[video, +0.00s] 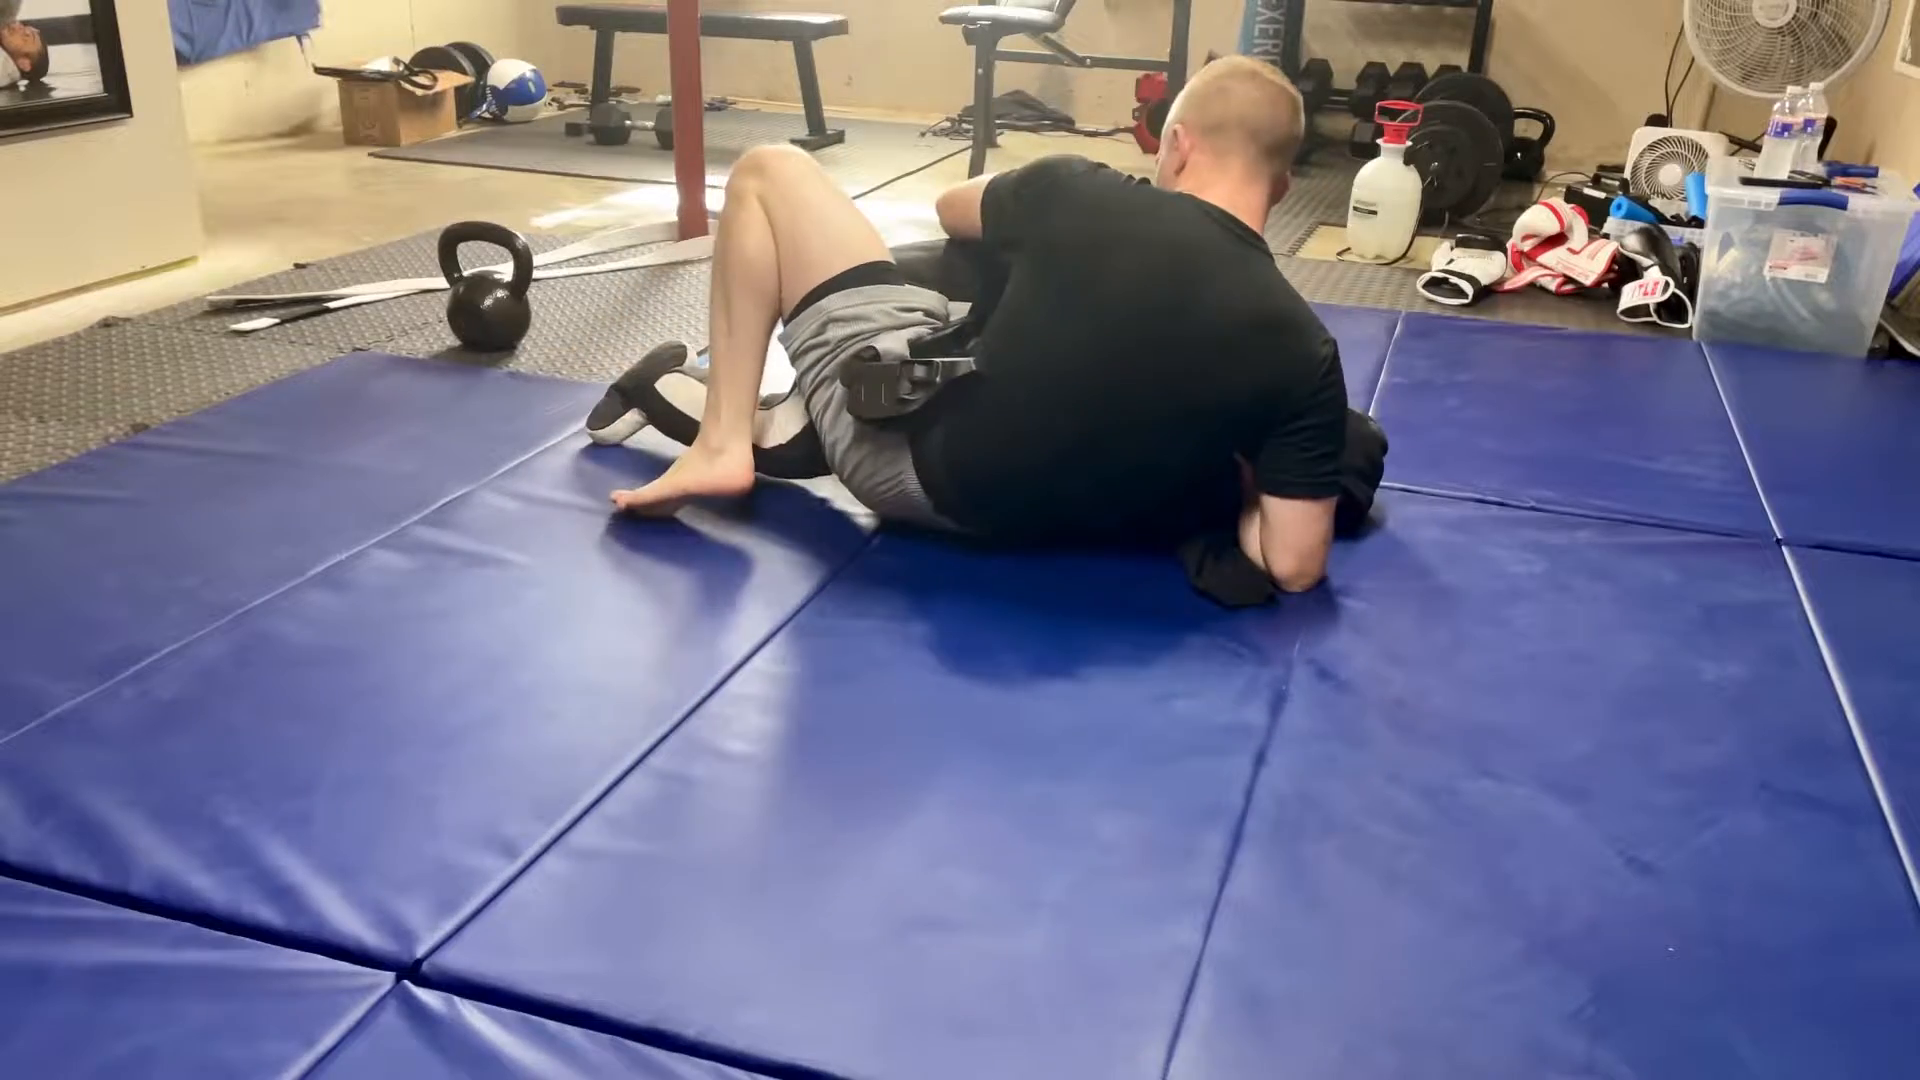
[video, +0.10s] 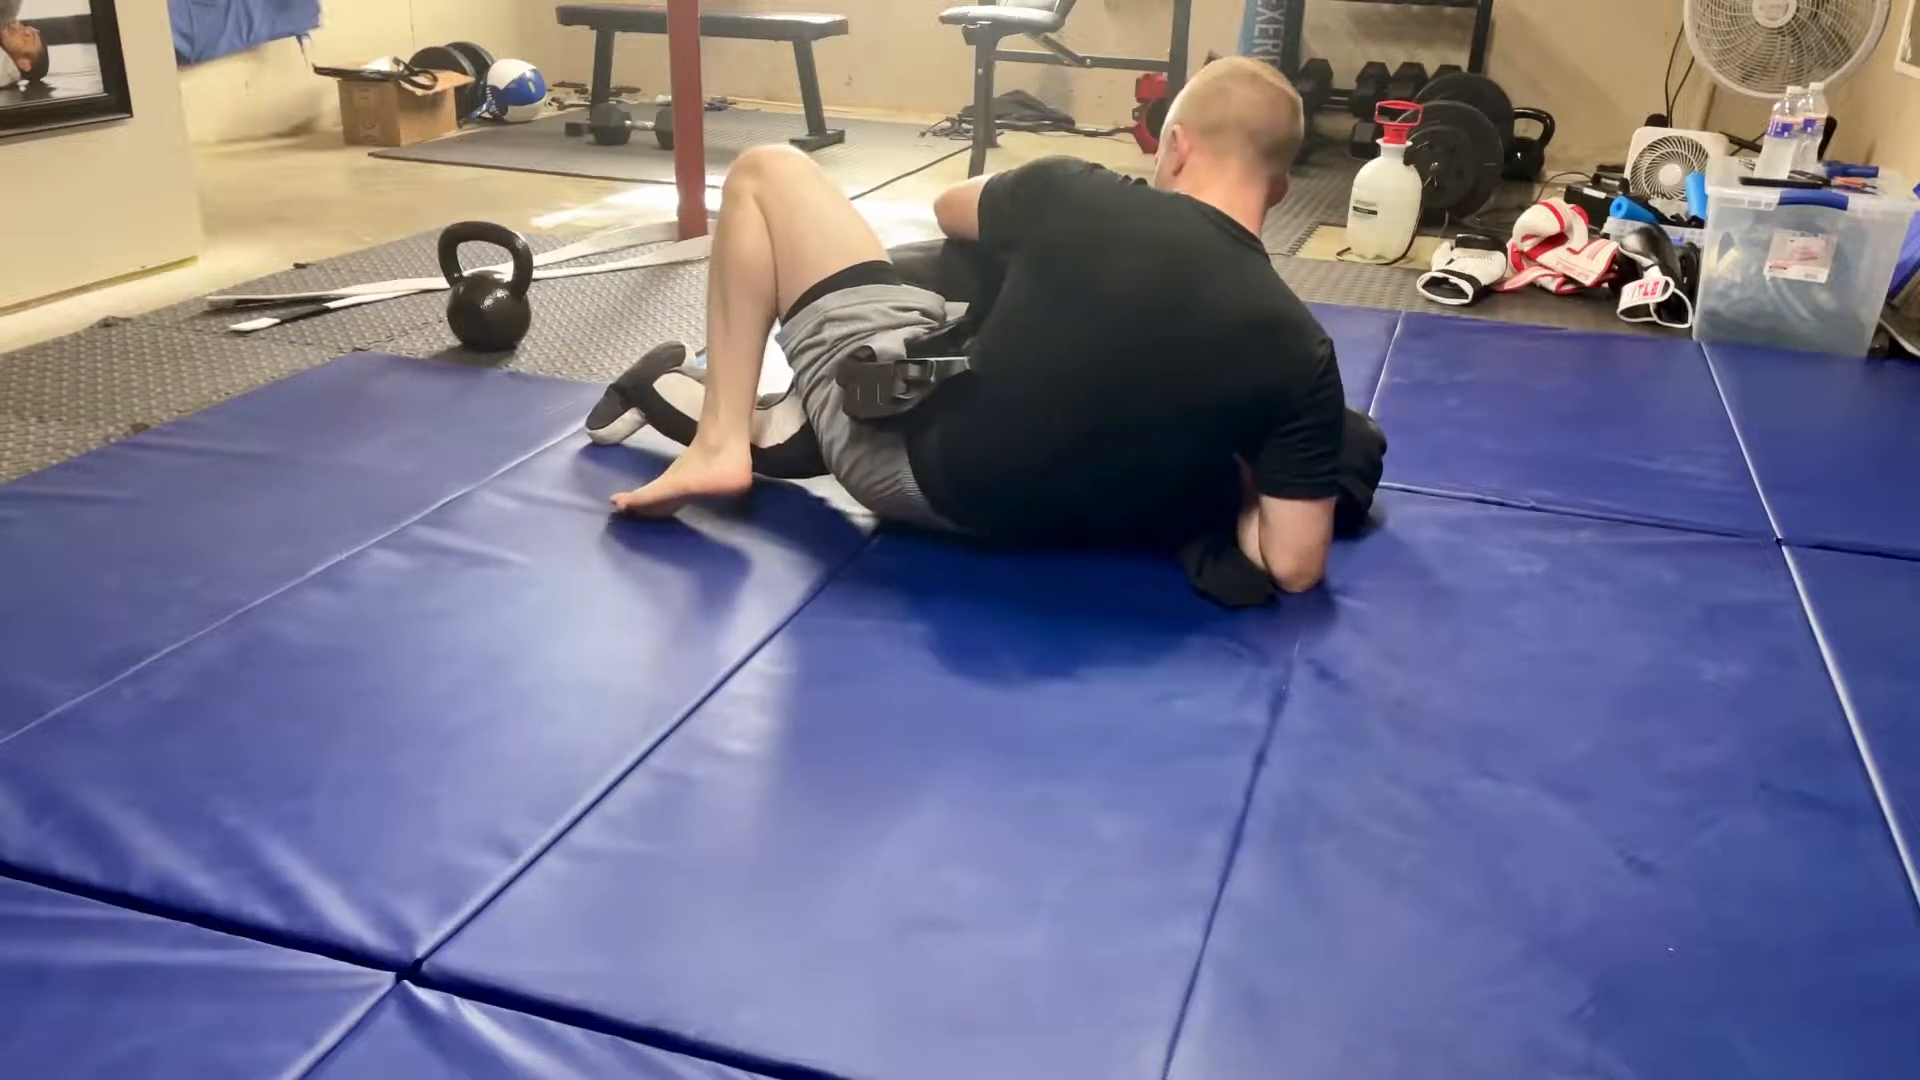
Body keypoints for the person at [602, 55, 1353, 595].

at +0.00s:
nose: (1162, 154)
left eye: (1162, 142)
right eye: (1171, 144)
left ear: (1174, 147)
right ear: (1284, 183)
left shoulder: (1070, 192)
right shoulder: (1301, 352)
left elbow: (954, 210)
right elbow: (1294, 567)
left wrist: (1051, 244)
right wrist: (1242, 471)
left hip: (914, 465)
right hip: (1049, 528)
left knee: (766, 170)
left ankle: (725, 443)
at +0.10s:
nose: (1160, 151)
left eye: (1163, 139)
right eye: (1167, 139)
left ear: (1174, 147)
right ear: (1284, 187)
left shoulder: (1070, 192)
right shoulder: (1296, 352)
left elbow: (950, 209)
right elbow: (1294, 566)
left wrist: (1053, 241)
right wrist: (1238, 481)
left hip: (917, 469)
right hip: (1063, 528)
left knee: (763, 170)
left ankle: (723, 442)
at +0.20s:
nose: (1159, 152)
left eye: (1163, 139)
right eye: (1165, 140)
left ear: (1174, 148)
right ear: (1282, 189)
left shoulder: (1066, 196)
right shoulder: (1295, 352)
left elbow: (950, 210)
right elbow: (1293, 565)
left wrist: (1049, 256)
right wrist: (1230, 469)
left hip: (910, 469)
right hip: (1055, 527)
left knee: (759, 168)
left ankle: (715, 441)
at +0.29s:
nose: (1158, 154)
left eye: (1161, 142)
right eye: (1168, 142)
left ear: (1171, 152)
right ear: (1283, 193)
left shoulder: (1059, 210)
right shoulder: (1299, 358)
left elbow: (951, 203)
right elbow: (1290, 568)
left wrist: (1041, 257)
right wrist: (1229, 460)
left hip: (914, 473)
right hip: (1068, 531)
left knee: (760, 166)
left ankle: (714, 440)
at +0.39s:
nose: (1167, 152)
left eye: (1172, 140)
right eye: (1178, 138)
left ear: (1182, 156)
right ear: (1293, 194)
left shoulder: (1057, 228)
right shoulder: (1308, 366)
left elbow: (961, 189)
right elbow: (1287, 568)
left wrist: (1003, 174)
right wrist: (1224, 461)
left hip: (912, 469)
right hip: (1049, 531)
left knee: (761, 159)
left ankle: (734, 444)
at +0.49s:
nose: (1177, 163)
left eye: (1185, 152)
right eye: (1189, 147)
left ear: (1198, 174)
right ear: (1312, 213)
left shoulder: (1073, 256)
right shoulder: (1321, 386)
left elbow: (976, 187)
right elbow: (1286, 573)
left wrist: (1024, 160)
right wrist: (1234, 486)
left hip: (925, 471)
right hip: (1057, 530)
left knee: (763, 157)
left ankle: (732, 452)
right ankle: (670, 392)